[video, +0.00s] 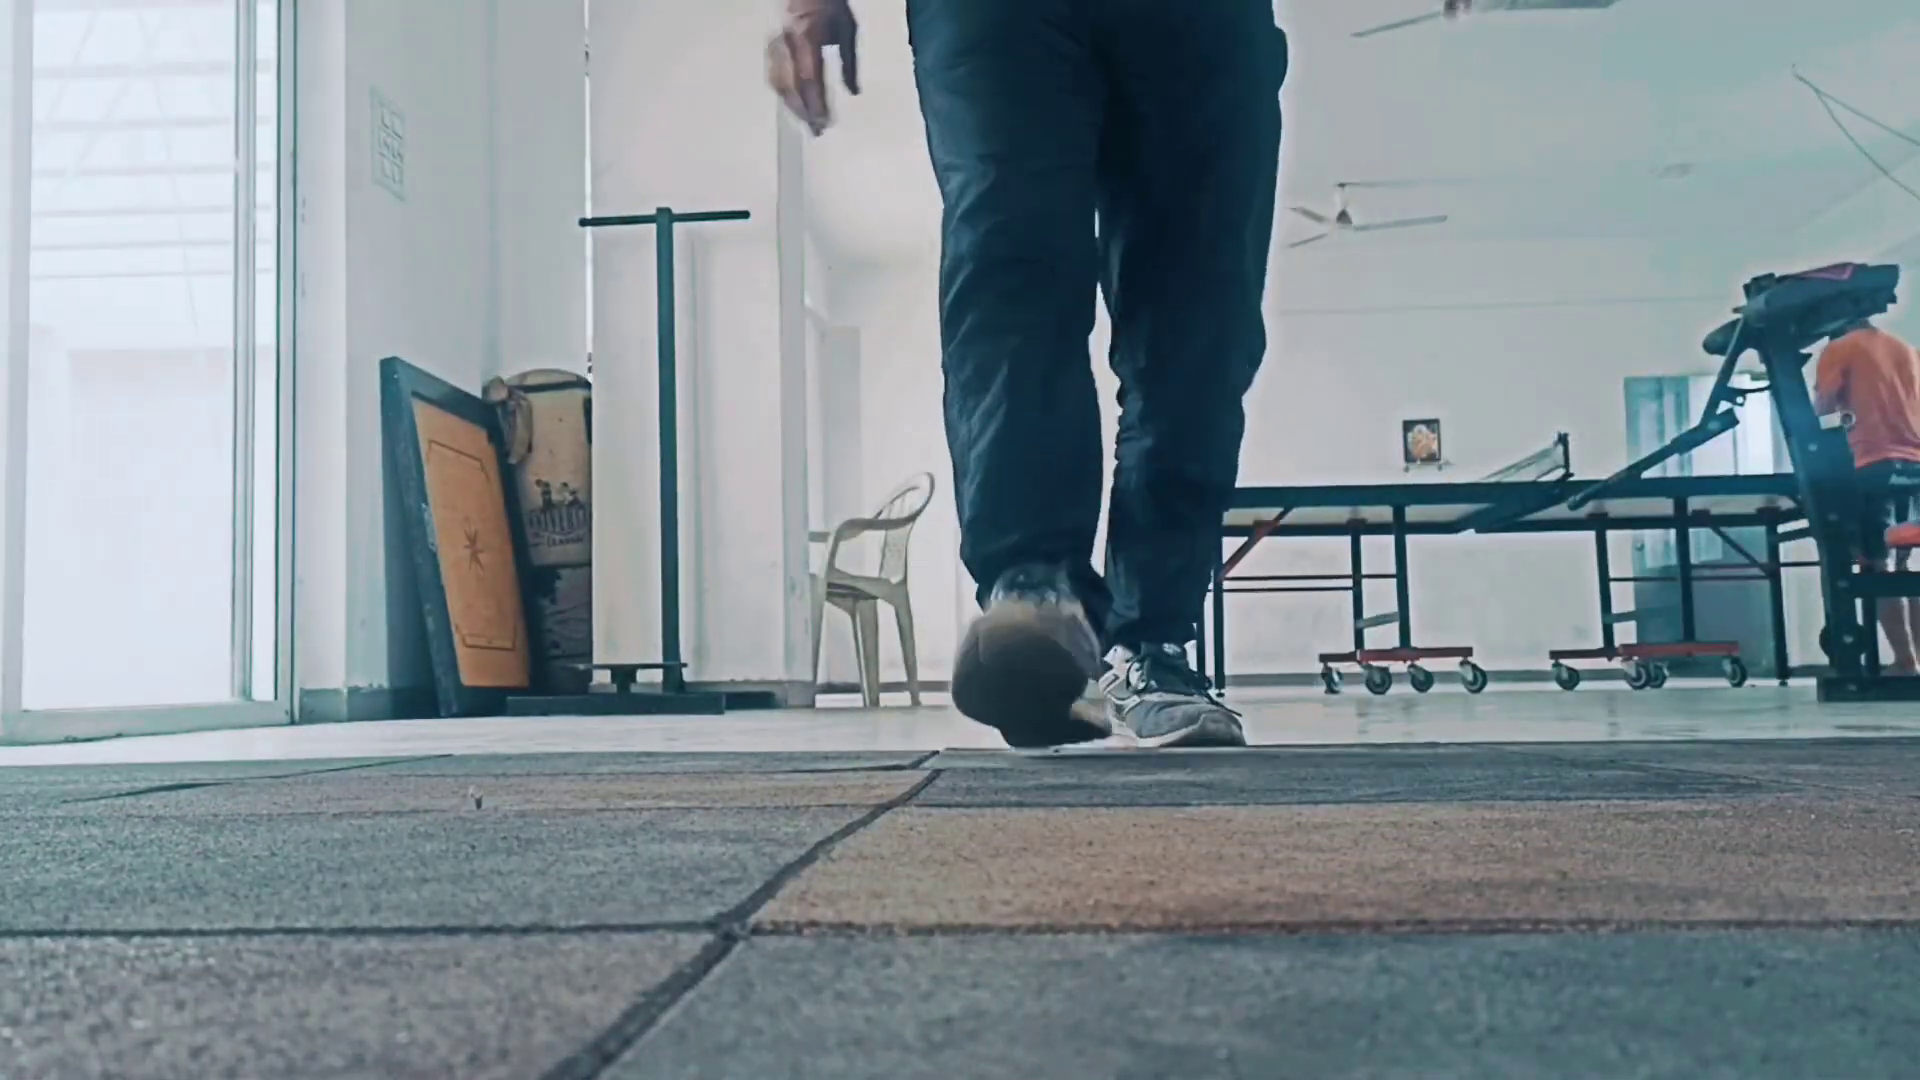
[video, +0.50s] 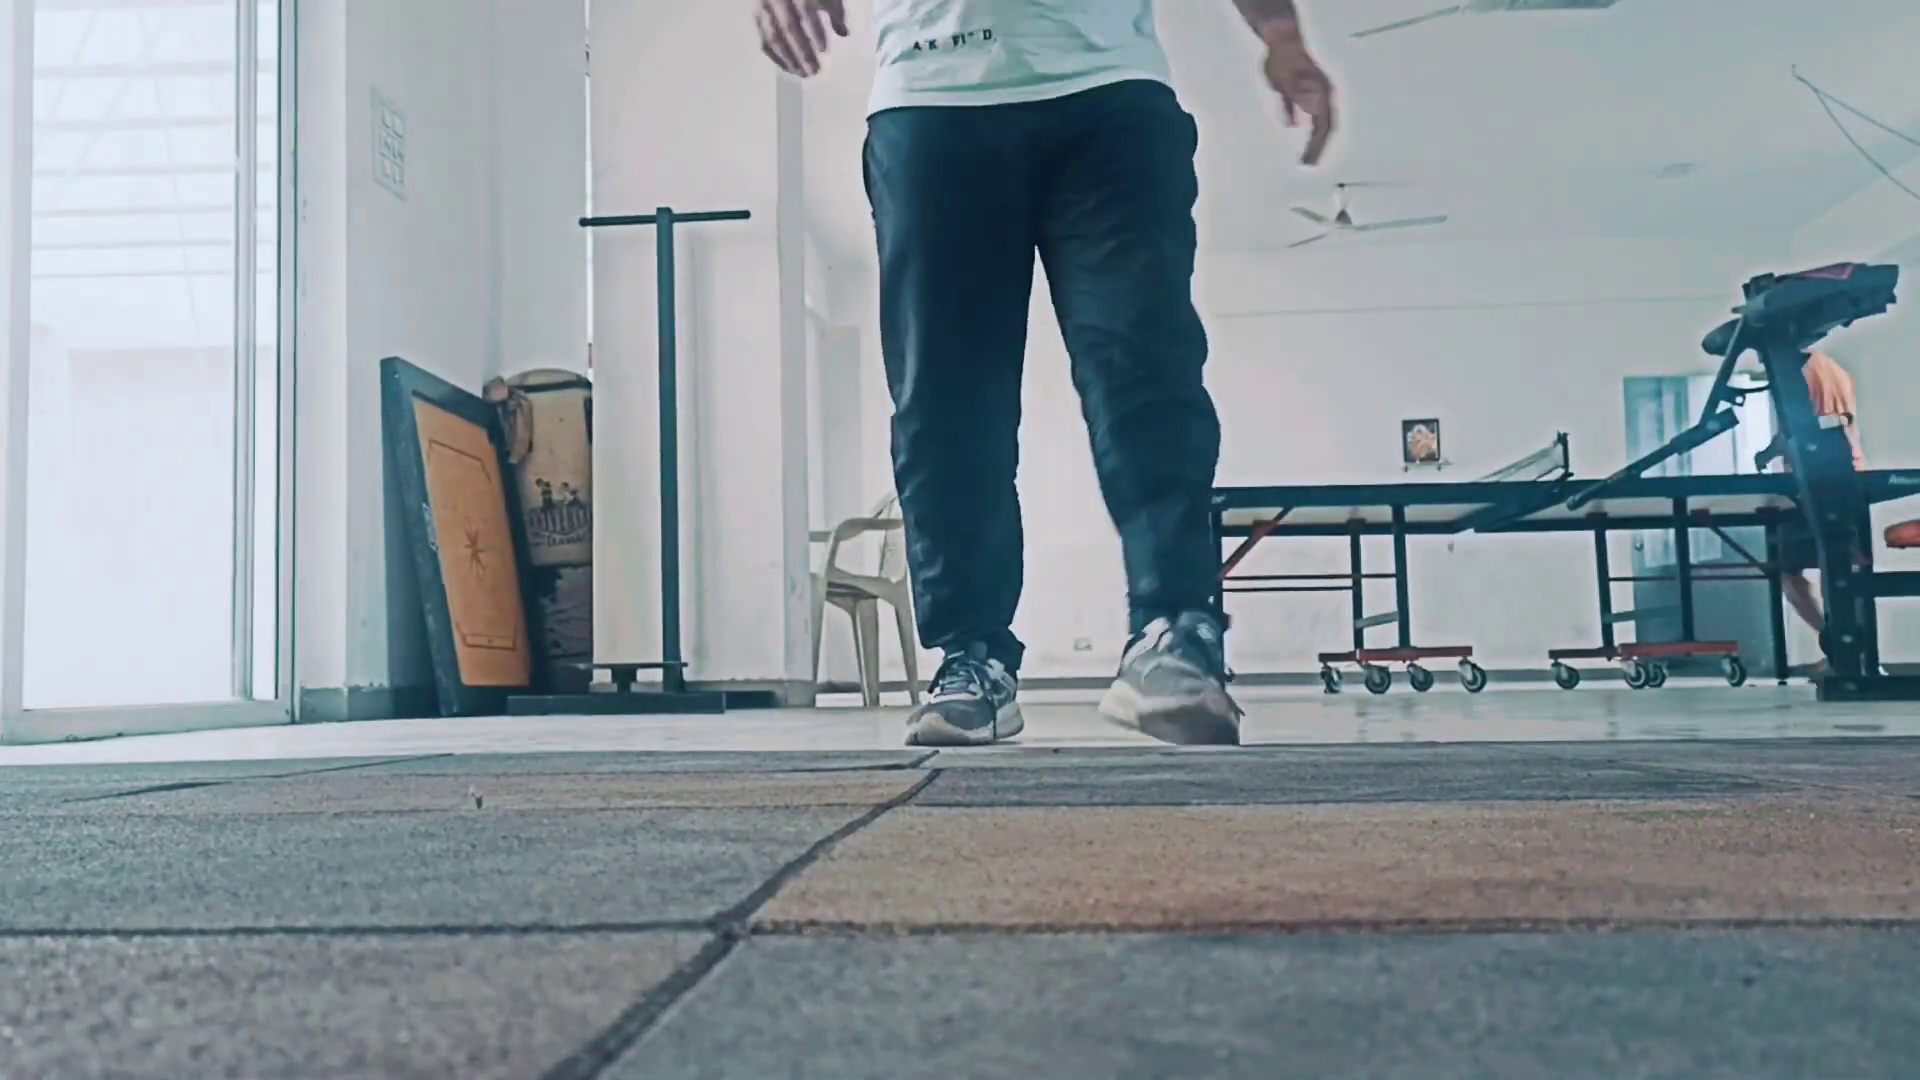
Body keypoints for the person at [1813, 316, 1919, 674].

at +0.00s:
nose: (1826, 334)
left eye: (1828, 327)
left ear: (1838, 320)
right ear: (1866, 314)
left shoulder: (1839, 349)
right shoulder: (1906, 349)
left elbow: (1823, 406)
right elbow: (1912, 400)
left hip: (1873, 463)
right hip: (1915, 461)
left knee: (1878, 568)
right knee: (1903, 564)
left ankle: (1906, 660)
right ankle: (1912, 654)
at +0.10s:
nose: (1819, 343)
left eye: (1820, 337)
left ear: (1828, 329)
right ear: (1856, 324)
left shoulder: (1830, 356)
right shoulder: (1899, 360)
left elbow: (1805, 412)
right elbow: (1914, 413)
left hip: (1864, 468)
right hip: (1907, 466)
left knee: (1875, 566)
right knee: (1877, 564)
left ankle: (1902, 655)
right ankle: (1886, 655)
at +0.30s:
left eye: (1802, 340)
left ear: (1808, 336)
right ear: (1837, 331)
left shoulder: (1807, 371)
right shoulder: (1873, 370)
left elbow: (1798, 428)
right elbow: (1889, 433)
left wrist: (1778, 457)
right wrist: (1909, 478)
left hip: (1831, 478)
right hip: (1878, 474)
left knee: (1834, 561)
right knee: (1866, 561)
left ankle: (1887, 640)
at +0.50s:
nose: (1765, 360)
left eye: (1767, 352)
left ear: (1782, 341)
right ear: (1809, 333)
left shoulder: (1791, 374)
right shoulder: (1840, 372)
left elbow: (1788, 430)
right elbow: (1847, 427)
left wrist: (1766, 454)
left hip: (1808, 479)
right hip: (1850, 475)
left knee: (1784, 570)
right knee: (1839, 566)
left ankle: (1830, 638)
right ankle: (1844, 651)